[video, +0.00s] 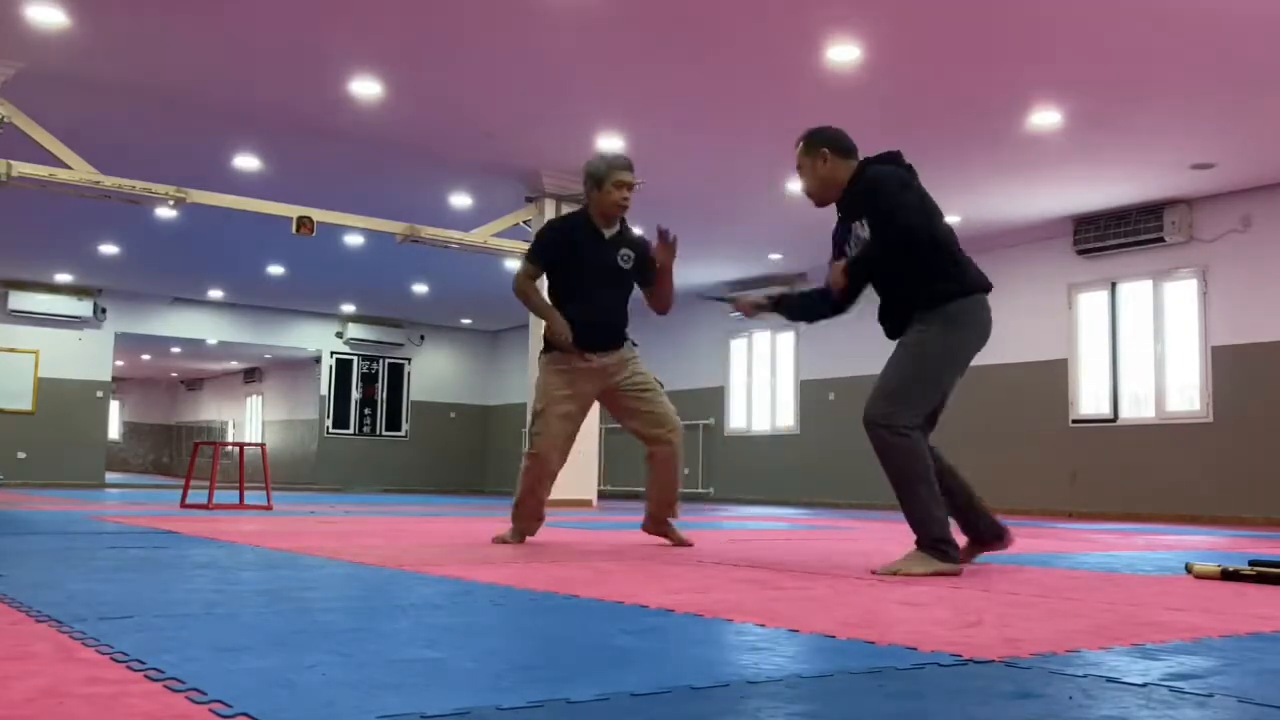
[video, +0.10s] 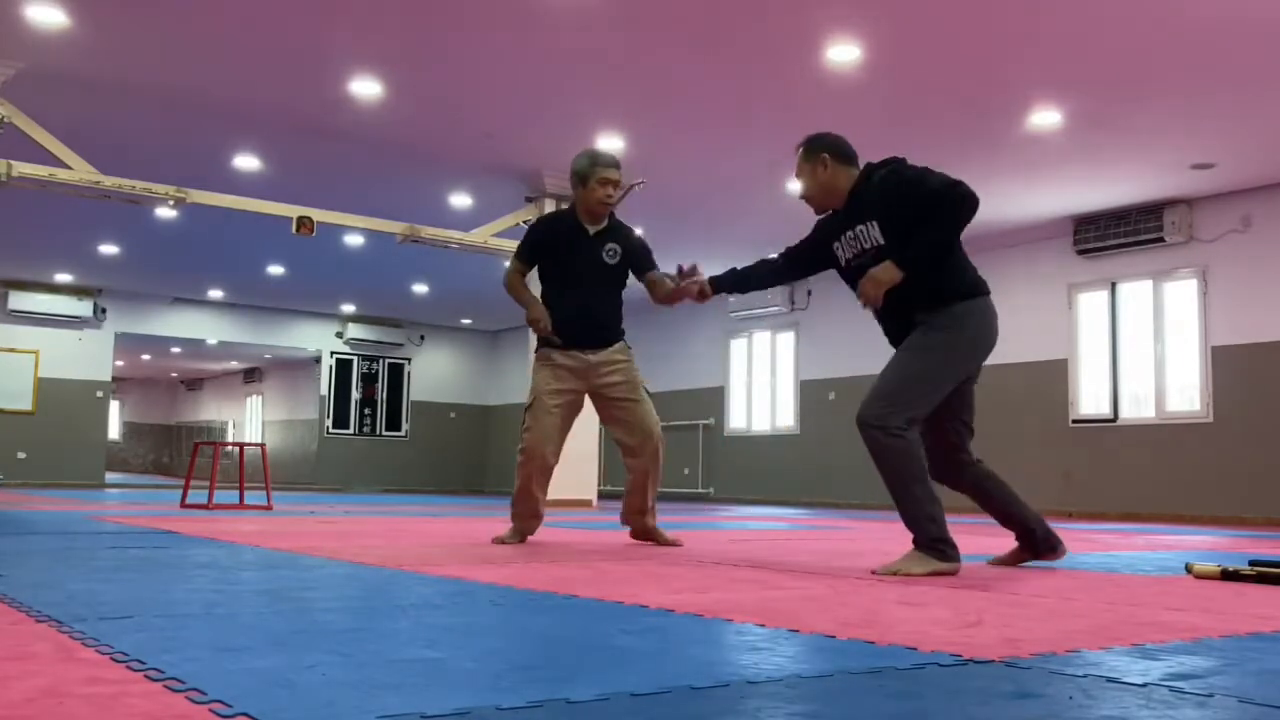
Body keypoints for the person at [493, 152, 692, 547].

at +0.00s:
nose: (627, 195)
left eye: (631, 188)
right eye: (619, 187)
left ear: (632, 192)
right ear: (592, 188)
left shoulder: (635, 244)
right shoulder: (558, 233)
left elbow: (661, 305)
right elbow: (522, 283)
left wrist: (665, 267)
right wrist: (551, 316)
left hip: (618, 361)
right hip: (565, 363)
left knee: (666, 430)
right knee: (545, 449)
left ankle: (658, 518)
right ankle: (521, 528)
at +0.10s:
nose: (612, 193)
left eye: (617, 186)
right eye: (604, 184)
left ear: (621, 191)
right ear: (578, 185)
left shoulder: (626, 239)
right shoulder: (546, 230)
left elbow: (658, 289)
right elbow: (512, 278)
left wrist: (678, 287)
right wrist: (532, 305)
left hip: (612, 359)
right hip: (557, 359)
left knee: (648, 436)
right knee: (537, 445)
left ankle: (641, 522)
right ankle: (522, 526)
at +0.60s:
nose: (635, 202)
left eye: (640, 194)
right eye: (629, 192)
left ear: (641, 195)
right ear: (603, 189)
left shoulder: (636, 239)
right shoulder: (565, 222)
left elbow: (642, 307)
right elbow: (526, 272)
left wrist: (644, 269)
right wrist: (562, 298)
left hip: (614, 354)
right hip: (561, 354)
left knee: (647, 433)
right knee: (540, 441)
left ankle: (656, 528)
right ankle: (520, 526)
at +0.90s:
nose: (637, 217)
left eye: (640, 209)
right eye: (633, 207)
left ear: (620, 205)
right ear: (607, 200)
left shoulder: (607, 243)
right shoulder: (579, 225)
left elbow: (594, 304)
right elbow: (614, 259)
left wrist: (617, 288)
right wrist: (663, 280)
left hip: (596, 359)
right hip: (550, 358)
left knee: (630, 438)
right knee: (537, 447)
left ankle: (650, 527)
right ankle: (515, 526)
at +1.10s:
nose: (636, 228)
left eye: (640, 220)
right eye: (632, 219)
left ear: (636, 217)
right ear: (606, 212)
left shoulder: (634, 255)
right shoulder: (567, 232)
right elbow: (519, 266)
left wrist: (707, 298)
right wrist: (536, 306)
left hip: (612, 364)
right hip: (561, 364)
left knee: (659, 428)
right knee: (539, 447)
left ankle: (672, 518)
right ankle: (513, 528)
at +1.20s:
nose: (658, 235)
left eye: (663, 226)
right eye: (652, 226)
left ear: (665, 224)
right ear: (627, 220)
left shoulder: (660, 264)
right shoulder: (586, 239)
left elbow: (667, 328)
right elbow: (536, 264)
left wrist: (719, 332)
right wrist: (513, 314)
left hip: (640, 370)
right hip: (586, 371)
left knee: (692, 436)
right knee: (557, 447)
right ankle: (515, 527)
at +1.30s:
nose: (701, 235)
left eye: (706, 227)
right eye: (694, 226)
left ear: (710, 225)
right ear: (670, 221)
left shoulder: (711, 266)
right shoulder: (641, 243)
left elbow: (707, 325)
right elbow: (610, 270)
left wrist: (682, 340)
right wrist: (584, 308)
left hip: (682, 375)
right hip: (626, 373)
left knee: (729, 441)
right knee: (581, 444)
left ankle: (763, 529)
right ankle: (525, 522)